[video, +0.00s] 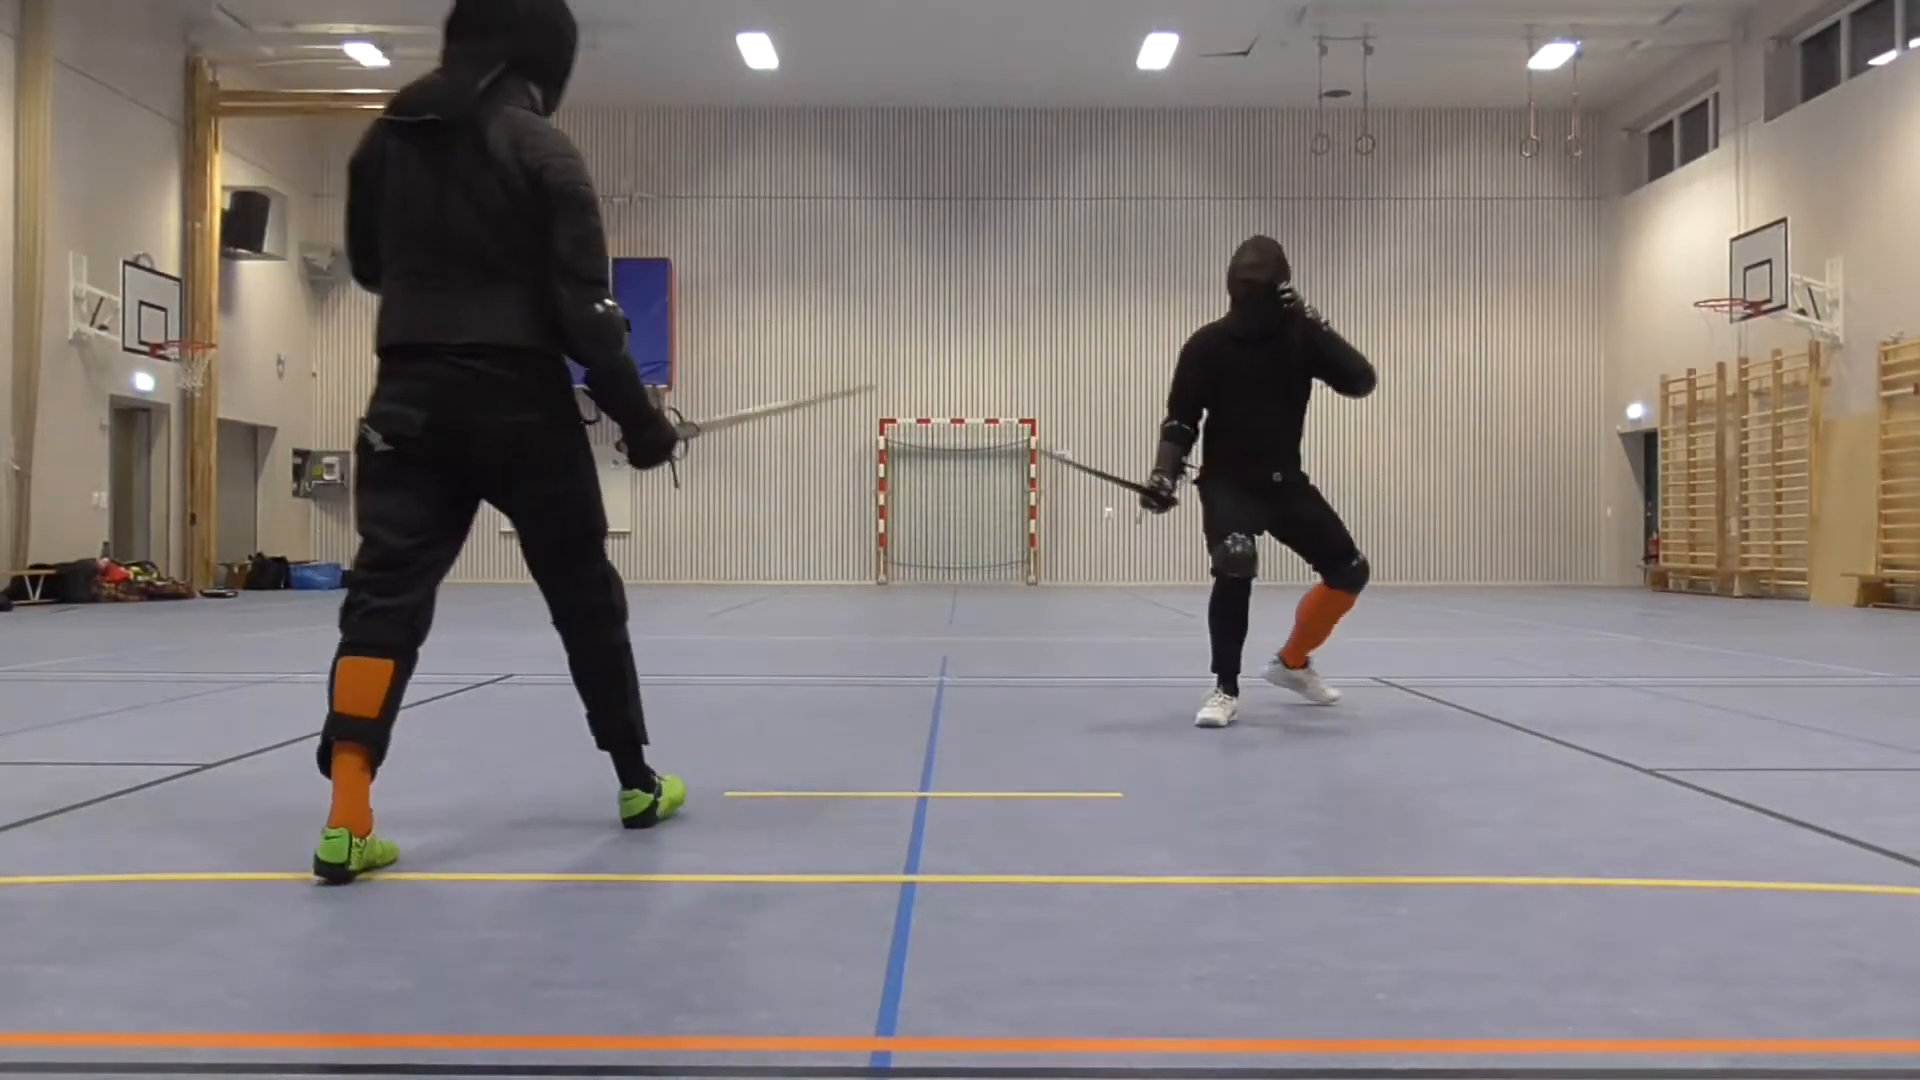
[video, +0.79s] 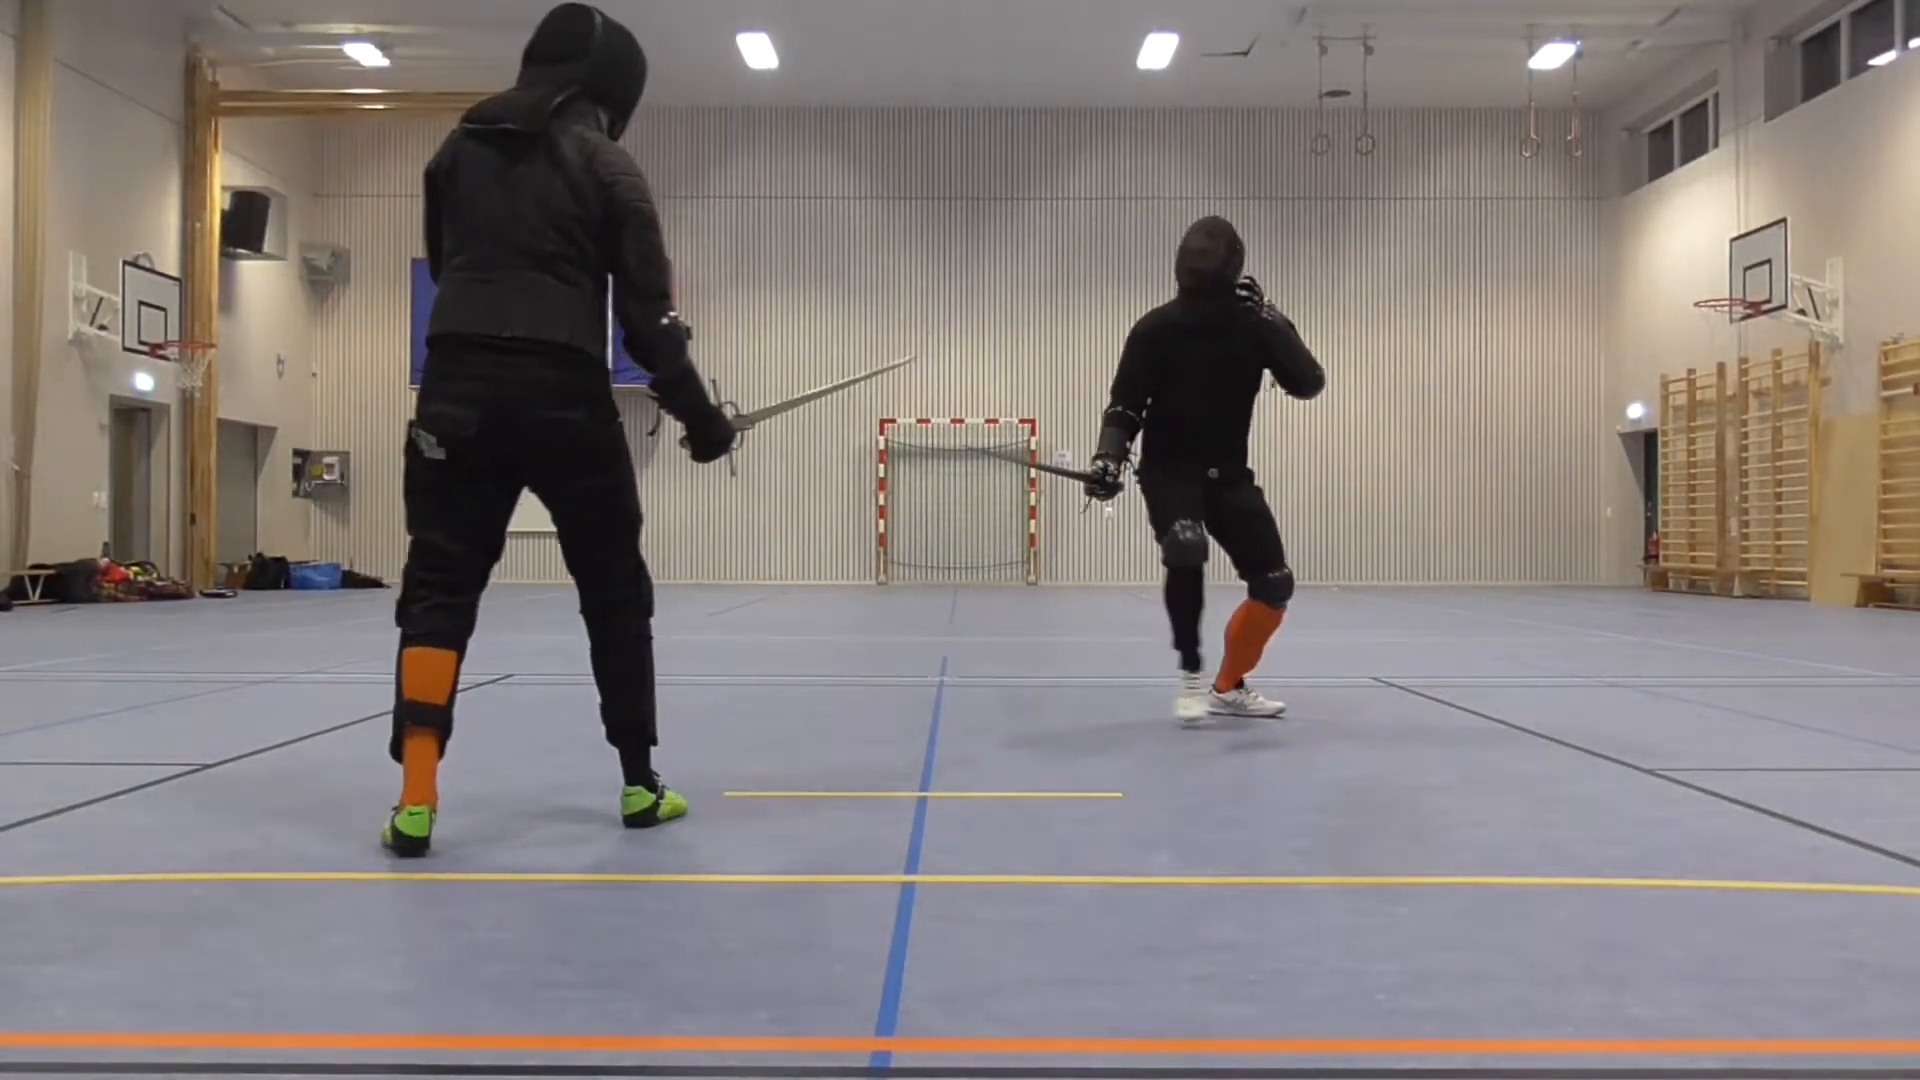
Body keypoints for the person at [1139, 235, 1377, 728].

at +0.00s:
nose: (1251, 293)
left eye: (1262, 283)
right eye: (1243, 283)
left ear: (1282, 285)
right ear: (1230, 286)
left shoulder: (1300, 337)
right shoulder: (1206, 347)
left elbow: (1362, 381)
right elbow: (1181, 420)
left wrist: (1312, 326)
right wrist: (1164, 473)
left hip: (1283, 479)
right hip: (1226, 482)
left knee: (1348, 573)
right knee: (1235, 565)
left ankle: (1292, 662)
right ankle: (1225, 691)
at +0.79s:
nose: (1194, 267)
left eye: (1206, 258)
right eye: (1189, 256)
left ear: (1231, 269)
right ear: (1179, 260)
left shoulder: (1255, 327)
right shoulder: (1155, 330)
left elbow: (1308, 384)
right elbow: (1125, 404)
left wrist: (1271, 321)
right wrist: (1109, 456)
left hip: (1227, 470)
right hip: (1167, 469)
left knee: (1274, 586)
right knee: (1186, 556)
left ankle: (1228, 687)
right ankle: (1191, 676)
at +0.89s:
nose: (1181, 273)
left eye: (1194, 263)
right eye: (1176, 261)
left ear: (1221, 268)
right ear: (1167, 259)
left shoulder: (1246, 327)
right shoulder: (1143, 331)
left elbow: (1299, 383)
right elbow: (1114, 406)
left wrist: (1258, 319)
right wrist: (1095, 458)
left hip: (1218, 474)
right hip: (1157, 471)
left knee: (1268, 588)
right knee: (1161, 543)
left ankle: (1227, 689)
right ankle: (1130, 677)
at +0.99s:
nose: (1164, 262)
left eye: (1176, 253)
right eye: (1161, 252)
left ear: (1204, 264)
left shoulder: (1227, 325)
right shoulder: (1126, 330)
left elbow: (1287, 380)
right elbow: (1092, 404)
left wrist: (1245, 320)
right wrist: (1072, 460)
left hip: (1206, 482)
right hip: (1142, 480)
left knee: (1254, 590)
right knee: (1123, 561)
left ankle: (1228, 690)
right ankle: (1075, 680)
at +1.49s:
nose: (1121, 288)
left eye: (1129, 276)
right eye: (1116, 276)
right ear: (1150, 279)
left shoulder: (1181, 338)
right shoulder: (1072, 348)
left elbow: (1254, 393)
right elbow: (1035, 426)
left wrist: (1200, 336)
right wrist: (1001, 477)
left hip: (1167, 499)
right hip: (1096, 500)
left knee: (1231, 610)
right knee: (1074, 571)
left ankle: (1186, 699)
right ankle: (1024, 711)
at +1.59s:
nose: (1150, 254)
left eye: (1129, 249)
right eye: (1149, 246)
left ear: (1098, 253)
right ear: (1145, 252)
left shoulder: (1173, 314)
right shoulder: (1064, 325)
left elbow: (1242, 371)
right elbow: (1038, 416)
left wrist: (1187, 304)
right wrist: (1013, 474)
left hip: (1156, 480)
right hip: (1085, 480)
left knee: (1205, 596)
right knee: (1059, 568)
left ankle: (1186, 697)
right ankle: (1015, 707)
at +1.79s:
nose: (1085, 232)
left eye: (1094, 221)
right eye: (1078, 221)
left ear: (1108, 223)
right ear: (1114, 220)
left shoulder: (1146, 289)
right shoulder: (1033, 295)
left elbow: (1215, 343)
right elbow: (1003, 383)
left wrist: (1171, 261)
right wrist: (980, 443)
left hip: (1123, 462)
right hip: (1052, 461)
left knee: (1177, 578)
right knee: (1040, 569)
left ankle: (1147, 684)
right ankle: (1006, 719)